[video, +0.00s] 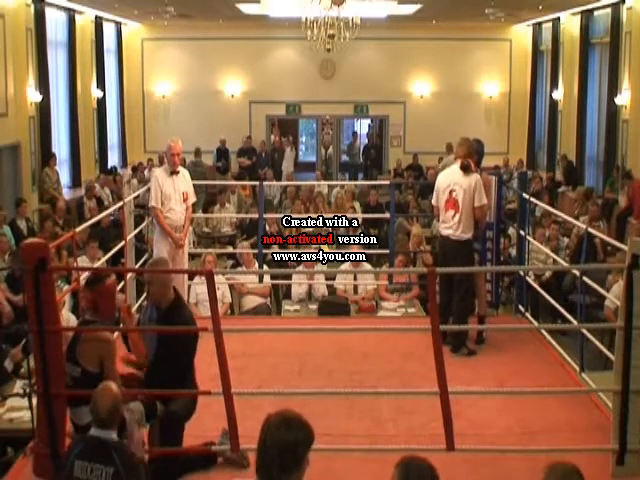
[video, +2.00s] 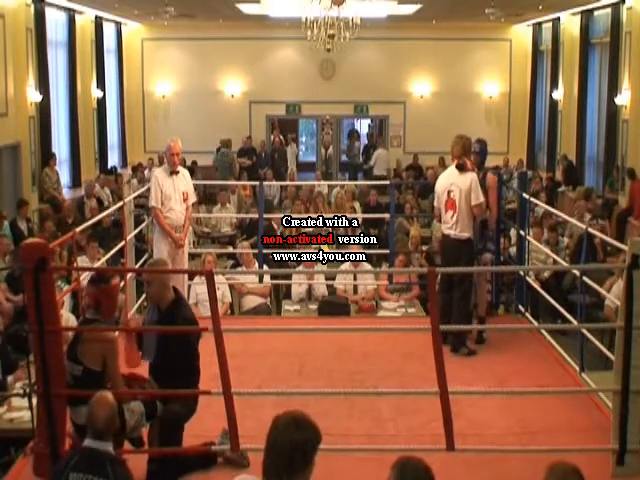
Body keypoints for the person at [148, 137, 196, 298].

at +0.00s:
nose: (176, 159)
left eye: (178, 155)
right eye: (172, 155)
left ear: (182, 155)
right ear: (165, 156)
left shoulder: (185, 173)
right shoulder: (158, 174)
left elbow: (189, 204)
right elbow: (155, 209)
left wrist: (184, 233)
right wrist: (172, 235)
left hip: (182, 227)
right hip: (164, 226)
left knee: (181, 268)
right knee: (163, 266)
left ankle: (181, 302)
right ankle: (163, 304)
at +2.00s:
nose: (175, 159)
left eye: (178, 155)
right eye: (172, 155)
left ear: (181, 155)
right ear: (165, 156)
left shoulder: (185, 174)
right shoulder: (158, 174)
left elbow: (189, 204)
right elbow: (155, 208)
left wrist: (184, 232)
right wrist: (171, 234)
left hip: (182, 226)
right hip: (164, 225)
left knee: (181, 268)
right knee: (163, 267)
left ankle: (181, 302)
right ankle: (162, 303)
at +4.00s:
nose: (177, 159)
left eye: (180, 155)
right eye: (174, 155)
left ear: (183, 155)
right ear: (166, 156)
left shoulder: (185, 174)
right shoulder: (158, 175)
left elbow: (190, 204)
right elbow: (156, 209)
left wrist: (188, 232)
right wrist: (179, 231)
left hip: (182, 227)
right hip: (165, 227)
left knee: (181, 272)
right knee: (164, 271)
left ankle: (181, 306)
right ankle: (163, 308)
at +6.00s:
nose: (180, 158)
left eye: (182, 154)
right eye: (177, 155)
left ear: (183, 156)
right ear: (167, 156)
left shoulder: (184, 173)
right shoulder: (158, 174)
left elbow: (187, 202)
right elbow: (165, 208)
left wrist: (185, 233)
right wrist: (185, 213)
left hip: (182, 226)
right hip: (165, 227)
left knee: (181, 270)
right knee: (163, 270)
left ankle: (180, 311)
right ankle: (162, 310)